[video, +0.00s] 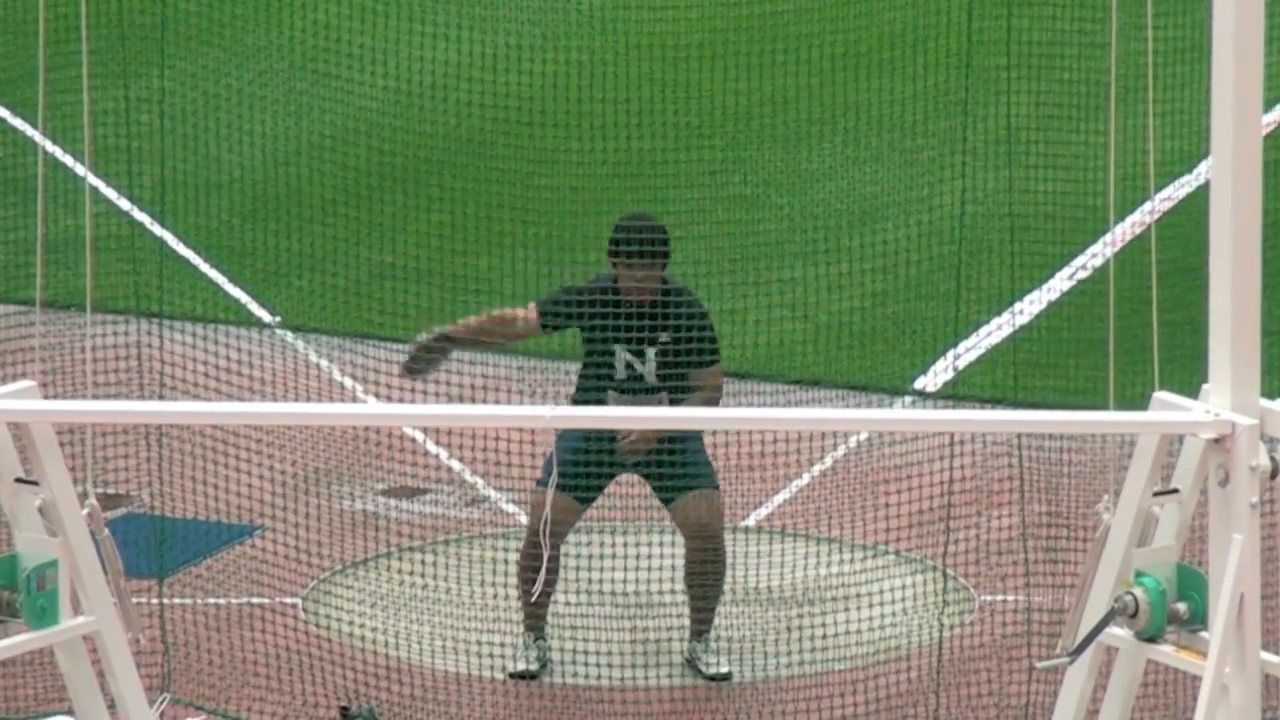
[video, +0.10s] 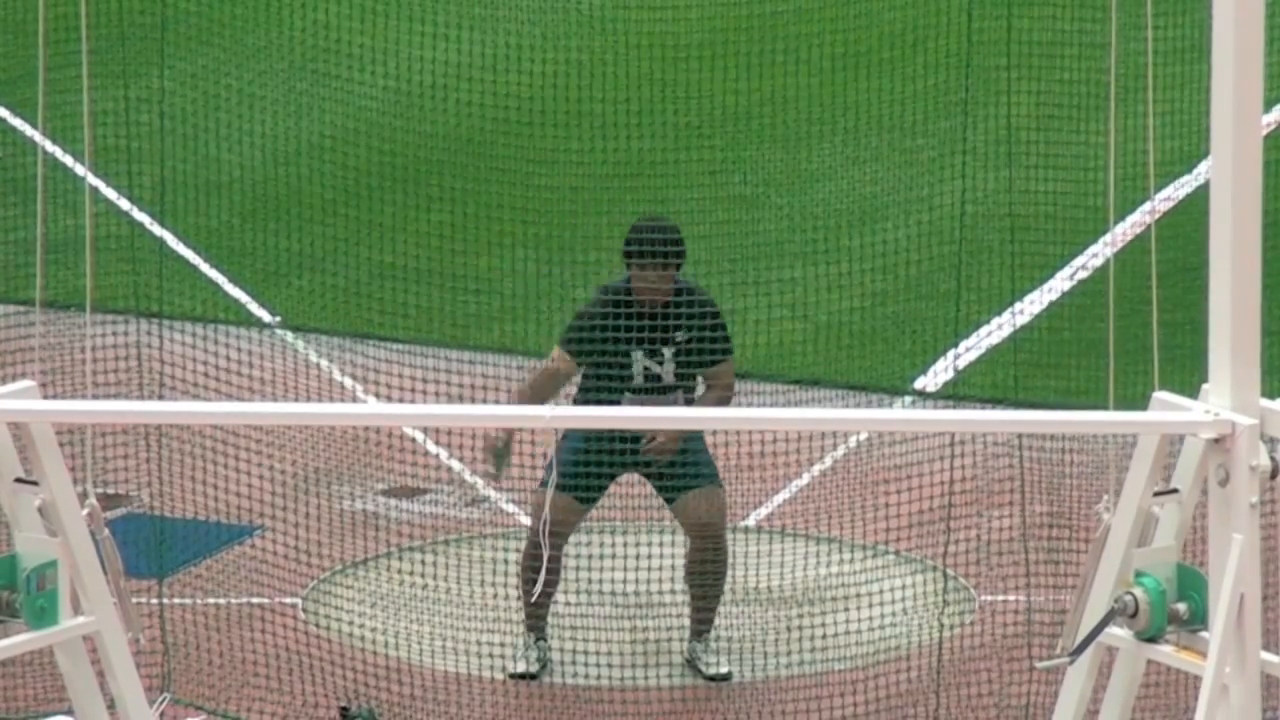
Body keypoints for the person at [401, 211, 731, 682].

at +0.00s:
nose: (640, 277)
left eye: (649, 266)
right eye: (630, 266)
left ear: (664, 265)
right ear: (614, 263)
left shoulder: (687, 313)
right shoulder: (594, 299)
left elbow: (710, 391)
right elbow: (520, 322)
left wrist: (658, 428)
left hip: (671, 431)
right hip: (595, 427)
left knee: (707, 526)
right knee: (544, 525)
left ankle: (701, 642)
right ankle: (534, 640)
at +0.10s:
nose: (656, 279)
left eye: (665, 269)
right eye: (646, 269)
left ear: (678, 268)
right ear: (630, 268)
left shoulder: (699, 311)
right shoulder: (604, 309)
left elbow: (722, 387)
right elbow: (554, 373)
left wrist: (681, 427)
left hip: (671, 431)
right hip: (599, 429)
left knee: (710, 525)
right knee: (549, 524)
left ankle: (700, 642)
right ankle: (534, 639)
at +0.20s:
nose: (667, 281)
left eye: (677, 271)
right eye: (657, 270)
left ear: (691, 269)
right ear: (642, 268)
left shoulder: (711, 309)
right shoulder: (620, 310)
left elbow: (729, 379)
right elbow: (610, 401)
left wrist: (706, 425)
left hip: (669, 429)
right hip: (605, 425)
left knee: (711, 523)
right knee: (552, 528)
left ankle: (700, 642)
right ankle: (534, 640)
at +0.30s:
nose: (674, 278)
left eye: (684, 268)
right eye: (665, 267)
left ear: (699, 266)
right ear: (651, 265)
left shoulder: (714, 302)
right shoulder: (633, 310)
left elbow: (731, 369)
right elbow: (661, 402)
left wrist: (738, 427)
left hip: (663, 431)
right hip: (601, 431)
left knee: (711, 520)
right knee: (559, 531)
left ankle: (700, 642)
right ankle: (534, 640)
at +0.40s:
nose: (678, 270)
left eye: (688, 259)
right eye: (668, 260)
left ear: (705, 260)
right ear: (654, 260)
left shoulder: (716, 295)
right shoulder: (645, 302)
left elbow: (726, 360)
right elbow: (686, 377)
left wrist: (760, 393)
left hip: (665, 427)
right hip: (602, 427)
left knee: (712, 523)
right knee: (561, 536)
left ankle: (699, 643)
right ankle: (533, 639)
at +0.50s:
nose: (688, 263)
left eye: (697, 252)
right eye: (677, 253)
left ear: (709, 253)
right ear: (659, 255)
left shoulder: (714, 291)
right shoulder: (647, 300)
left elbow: (726, 354)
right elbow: (711, 362)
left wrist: (783, 351)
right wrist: (793, 362)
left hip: (665, 430)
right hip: (602, 430)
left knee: (711, 522)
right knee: (562, 536)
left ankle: (699, 643)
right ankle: (533, 637)